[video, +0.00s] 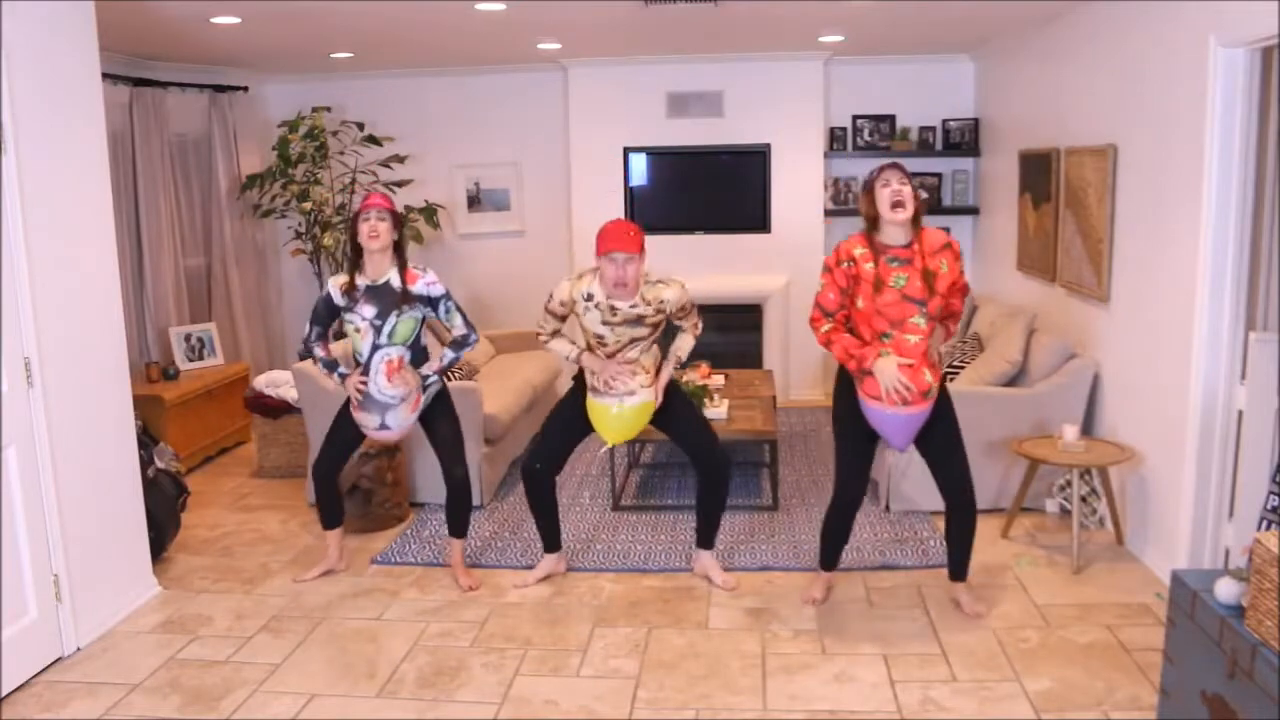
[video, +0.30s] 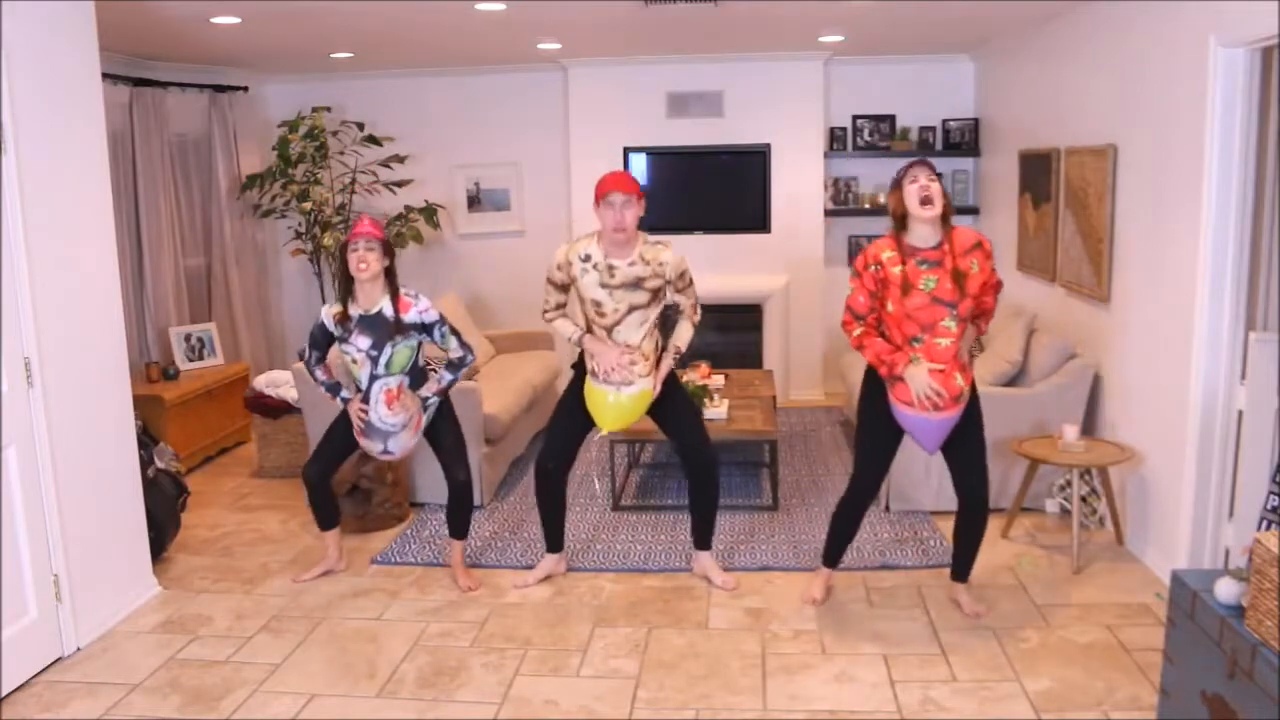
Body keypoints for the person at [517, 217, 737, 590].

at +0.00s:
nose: (621, 271)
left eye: (630, 260)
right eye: (612, 261)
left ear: (643, 260)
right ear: (598, 260)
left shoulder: (668, 294)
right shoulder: (573, 291)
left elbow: (691, 326)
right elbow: (546, 334)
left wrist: (663, 377)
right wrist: (590, 362)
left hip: (652, 387)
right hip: (592, 388)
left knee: (715, 461)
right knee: (535, 467)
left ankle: (704, 553)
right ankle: (553, 554)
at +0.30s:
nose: (619, 215)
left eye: (628, 205)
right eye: (610, 206)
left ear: (641, 209)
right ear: (597, 211)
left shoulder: (664, 259)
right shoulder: (572, 257)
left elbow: (690, 311)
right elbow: (552, 313)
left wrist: (666, 364)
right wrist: (592, 344)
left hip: (653, 371)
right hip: (593, 371)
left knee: (702, 456)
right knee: (550, 462)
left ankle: (703, 554)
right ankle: (554, 555)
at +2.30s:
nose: (607, 223)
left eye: (616, 213)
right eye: (598, 214)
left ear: (631, 211)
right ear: (586, 215)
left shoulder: (654, 245)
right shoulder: (567, 250)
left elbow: (683, 309)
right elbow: (543, 311)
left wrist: (649, 364)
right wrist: (584, 364)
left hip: (650, 368)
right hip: (592, 371)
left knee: (701, 456)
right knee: (549, 462)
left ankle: (703, 555)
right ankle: (553, 556)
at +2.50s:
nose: (609, 281)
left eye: (616, 273)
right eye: (601, 274)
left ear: (630, 254)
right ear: (586, 256)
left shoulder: (655, 270)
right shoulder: (566, 274)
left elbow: (684, 332)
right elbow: (552, 336)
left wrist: (652, 385)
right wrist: (591, 386)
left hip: (652, 387)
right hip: (592, 389)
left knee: (714, 464)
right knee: (534, 467)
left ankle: (704, 555)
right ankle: (552, 556)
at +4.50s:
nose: (609, 234)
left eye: (618, 224)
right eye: (602, 225)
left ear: (635, 216)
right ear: (592, 221)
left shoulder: (663, 257)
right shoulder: (572, 253)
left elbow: (696, 324)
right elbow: (540, 319)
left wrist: (657, 377)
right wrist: (573, 374)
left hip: (648, 393)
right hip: (587, 393)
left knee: (706, 476)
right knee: (532, 484)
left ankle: (701, 558)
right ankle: (552, 558)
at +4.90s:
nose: (611, 205)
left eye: (620, 198)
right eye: (603, 199)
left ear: (635, 207)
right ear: (592, 208)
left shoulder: (661, 254)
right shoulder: (570, 252)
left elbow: (691, 319)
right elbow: (541, 313)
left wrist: (666, 376)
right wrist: (561, 374)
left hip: (644, 389)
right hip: (583, 392)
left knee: (698, 473)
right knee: (536, 480)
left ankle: (701, 558)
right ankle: (551, 558)